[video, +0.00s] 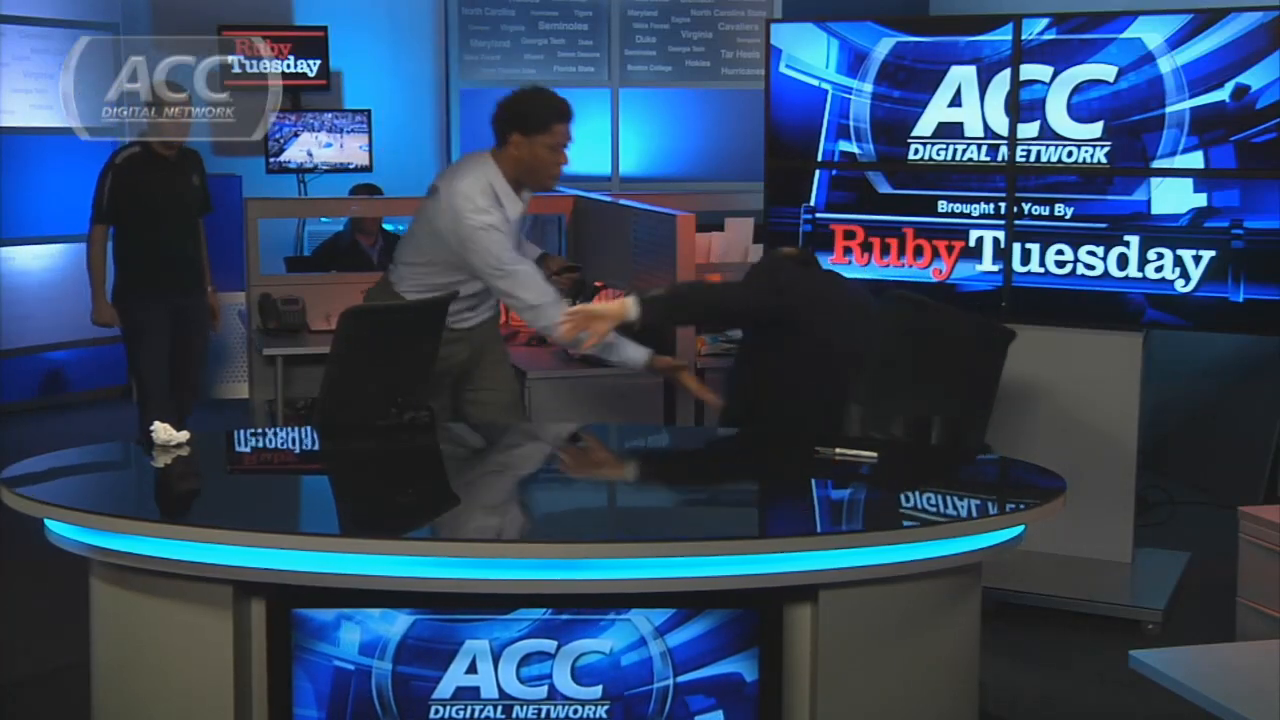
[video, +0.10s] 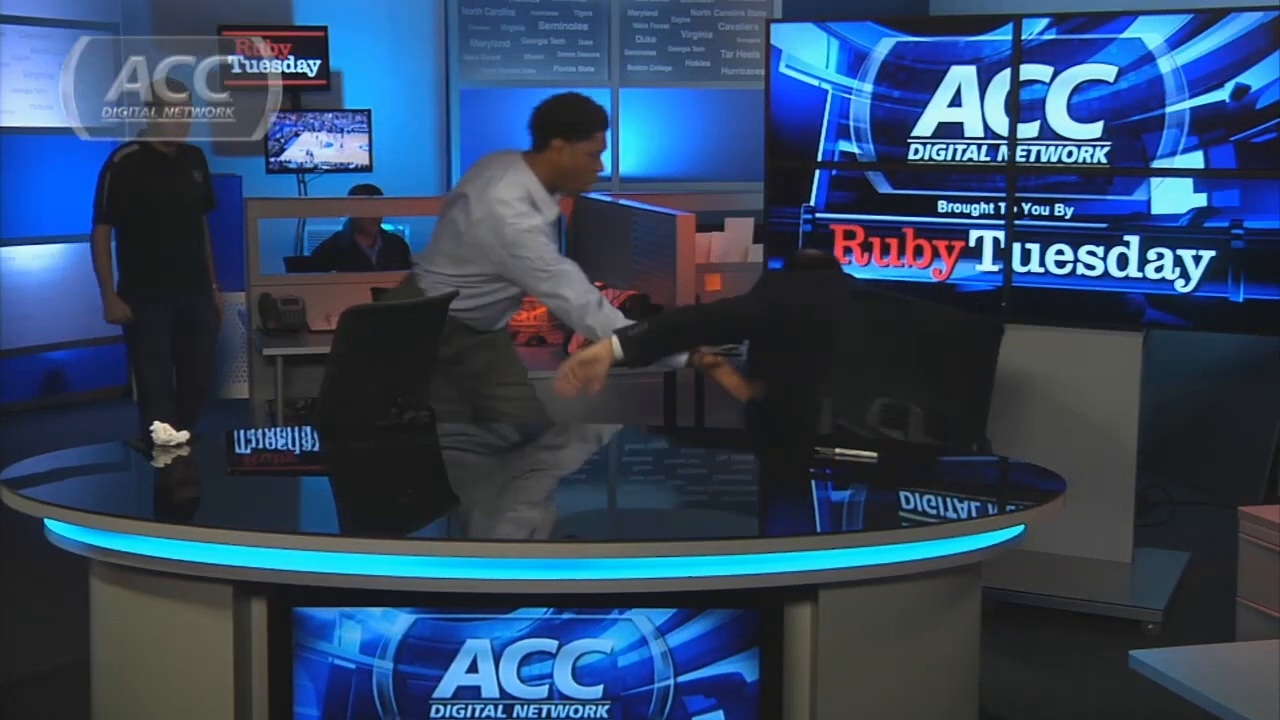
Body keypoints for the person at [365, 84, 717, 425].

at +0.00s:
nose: (564, 160)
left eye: (565, 149)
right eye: (556, 148)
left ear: (522, 146)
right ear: (516, 143)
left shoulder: (506, 186)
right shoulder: (469, 206)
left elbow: (503, 245)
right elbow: (550, 317)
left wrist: (541, 264)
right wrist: (647, 360)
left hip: (475, 337)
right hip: (411, 343)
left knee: (508, 449)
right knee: (412, 462)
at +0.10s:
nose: (600, 168)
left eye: (601, 156)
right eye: (594, 156)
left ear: (556, 149)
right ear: (558, 149)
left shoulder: (504, 167)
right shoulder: (510, 213)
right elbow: (581, 306)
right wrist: (681, 355)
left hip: (478, 331)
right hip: (428, 331)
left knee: (522, 428)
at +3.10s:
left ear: (696, 175)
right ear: (751, 163)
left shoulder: (666, 215)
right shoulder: (788, 183)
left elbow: (621, 336)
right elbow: (892, 204)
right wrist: (870, 301)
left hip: (674, 343)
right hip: (753, 338)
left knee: (685, 472)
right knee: (787, 469)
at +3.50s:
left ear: (658, 157)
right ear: (709, 148)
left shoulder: (630, 210)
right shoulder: (747, 170)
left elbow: (591, 336)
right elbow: (856, 189)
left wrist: (632, 383)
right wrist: (819, 281)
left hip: (654, 341)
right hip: (734, 329)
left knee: (664, 474)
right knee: (737, 481)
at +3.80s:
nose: (710, 132)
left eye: (708, 125)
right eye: (702, 125)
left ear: (633, 146)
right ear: (680, 131)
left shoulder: (612, 205)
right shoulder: (730, 149)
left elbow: (587, 335)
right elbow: (840, 156)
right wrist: (806, 254)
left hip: (655, 340)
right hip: (736, 324)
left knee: (666, 486)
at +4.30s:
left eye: (615, 142)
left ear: (619, 144)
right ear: (673, 120)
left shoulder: (620, 202)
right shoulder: (736, 136)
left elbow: (601, 335)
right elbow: (836, 132)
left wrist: (619, 372)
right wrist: (798, 216)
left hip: (685, 334)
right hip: (769, 319)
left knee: (683, 481)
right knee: (760, 483)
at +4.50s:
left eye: (614, 125)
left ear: (619, 127)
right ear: (673, 105)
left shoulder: (617, 194)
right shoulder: (733, 122)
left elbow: (603, 324)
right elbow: (836, 111)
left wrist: (621, 360)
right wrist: (792, 189)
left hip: (679, 326)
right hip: (762, 310)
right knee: (765, 473)